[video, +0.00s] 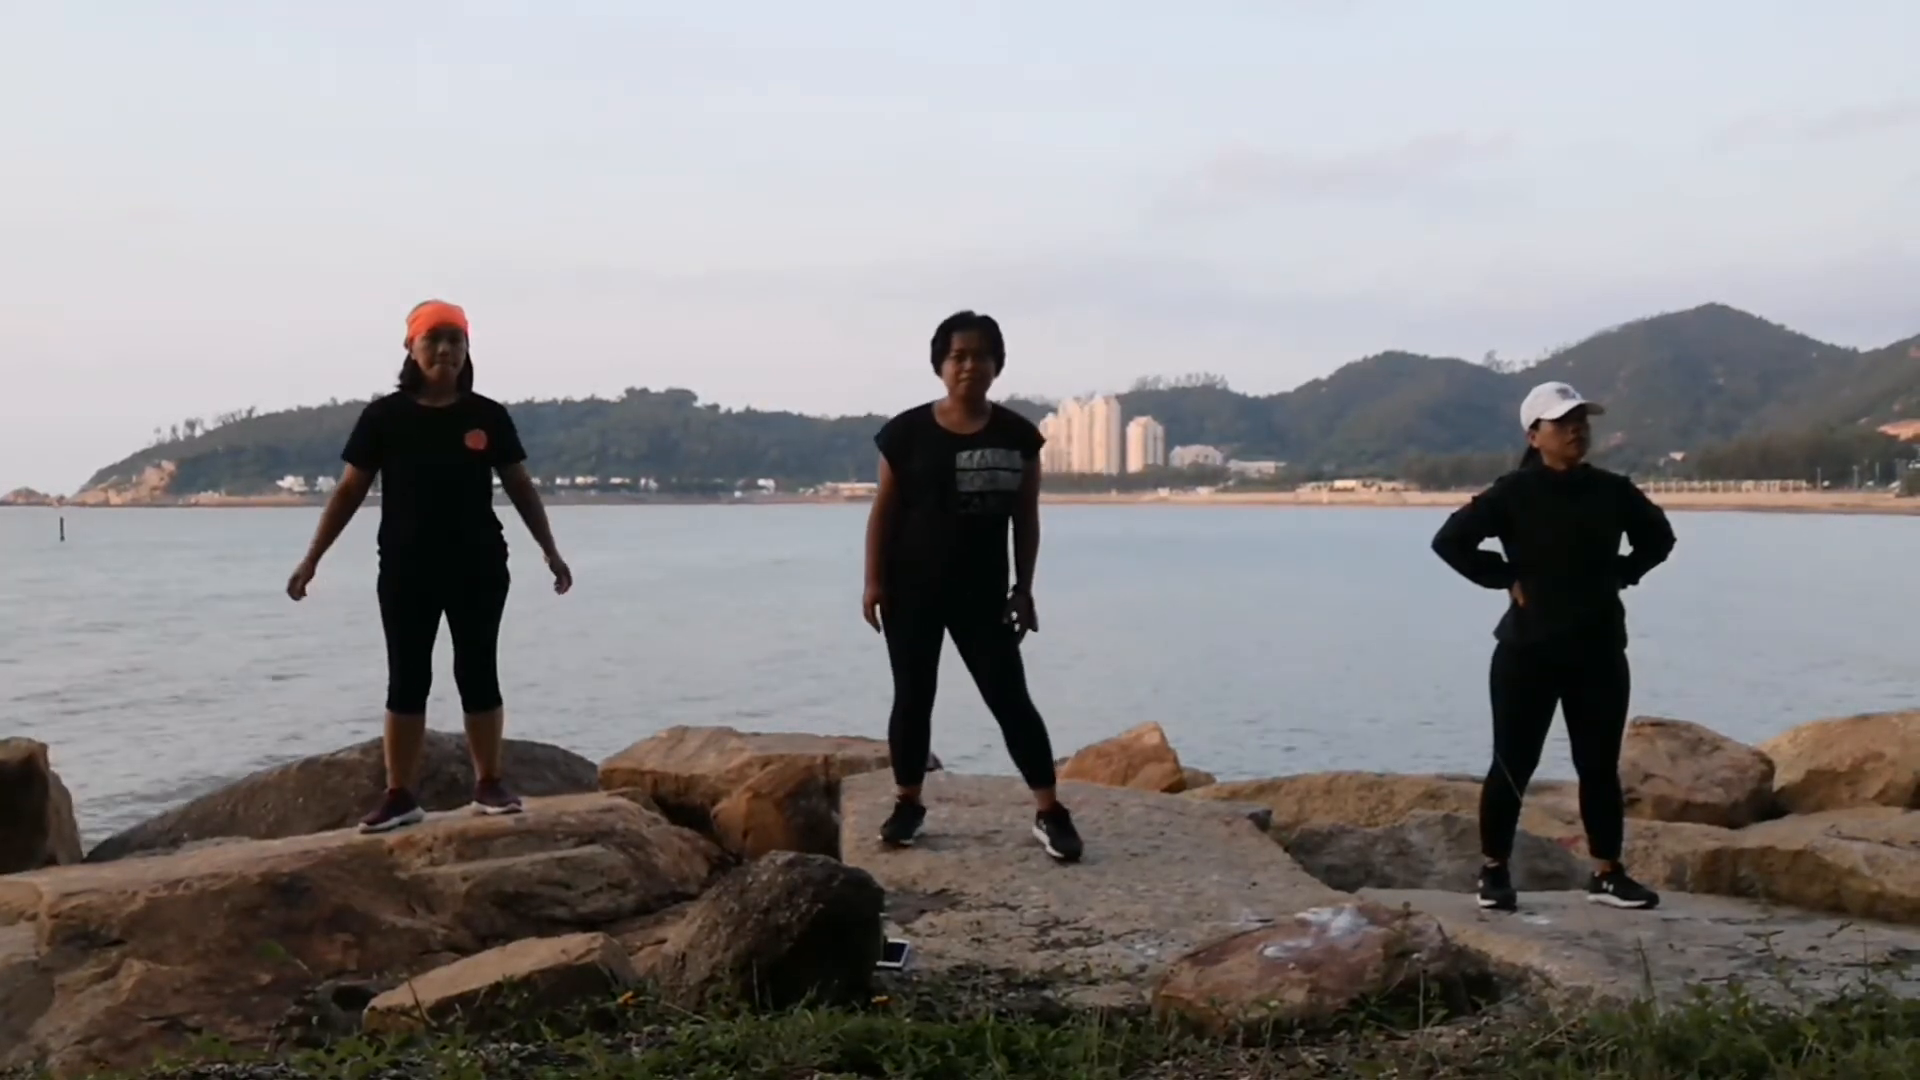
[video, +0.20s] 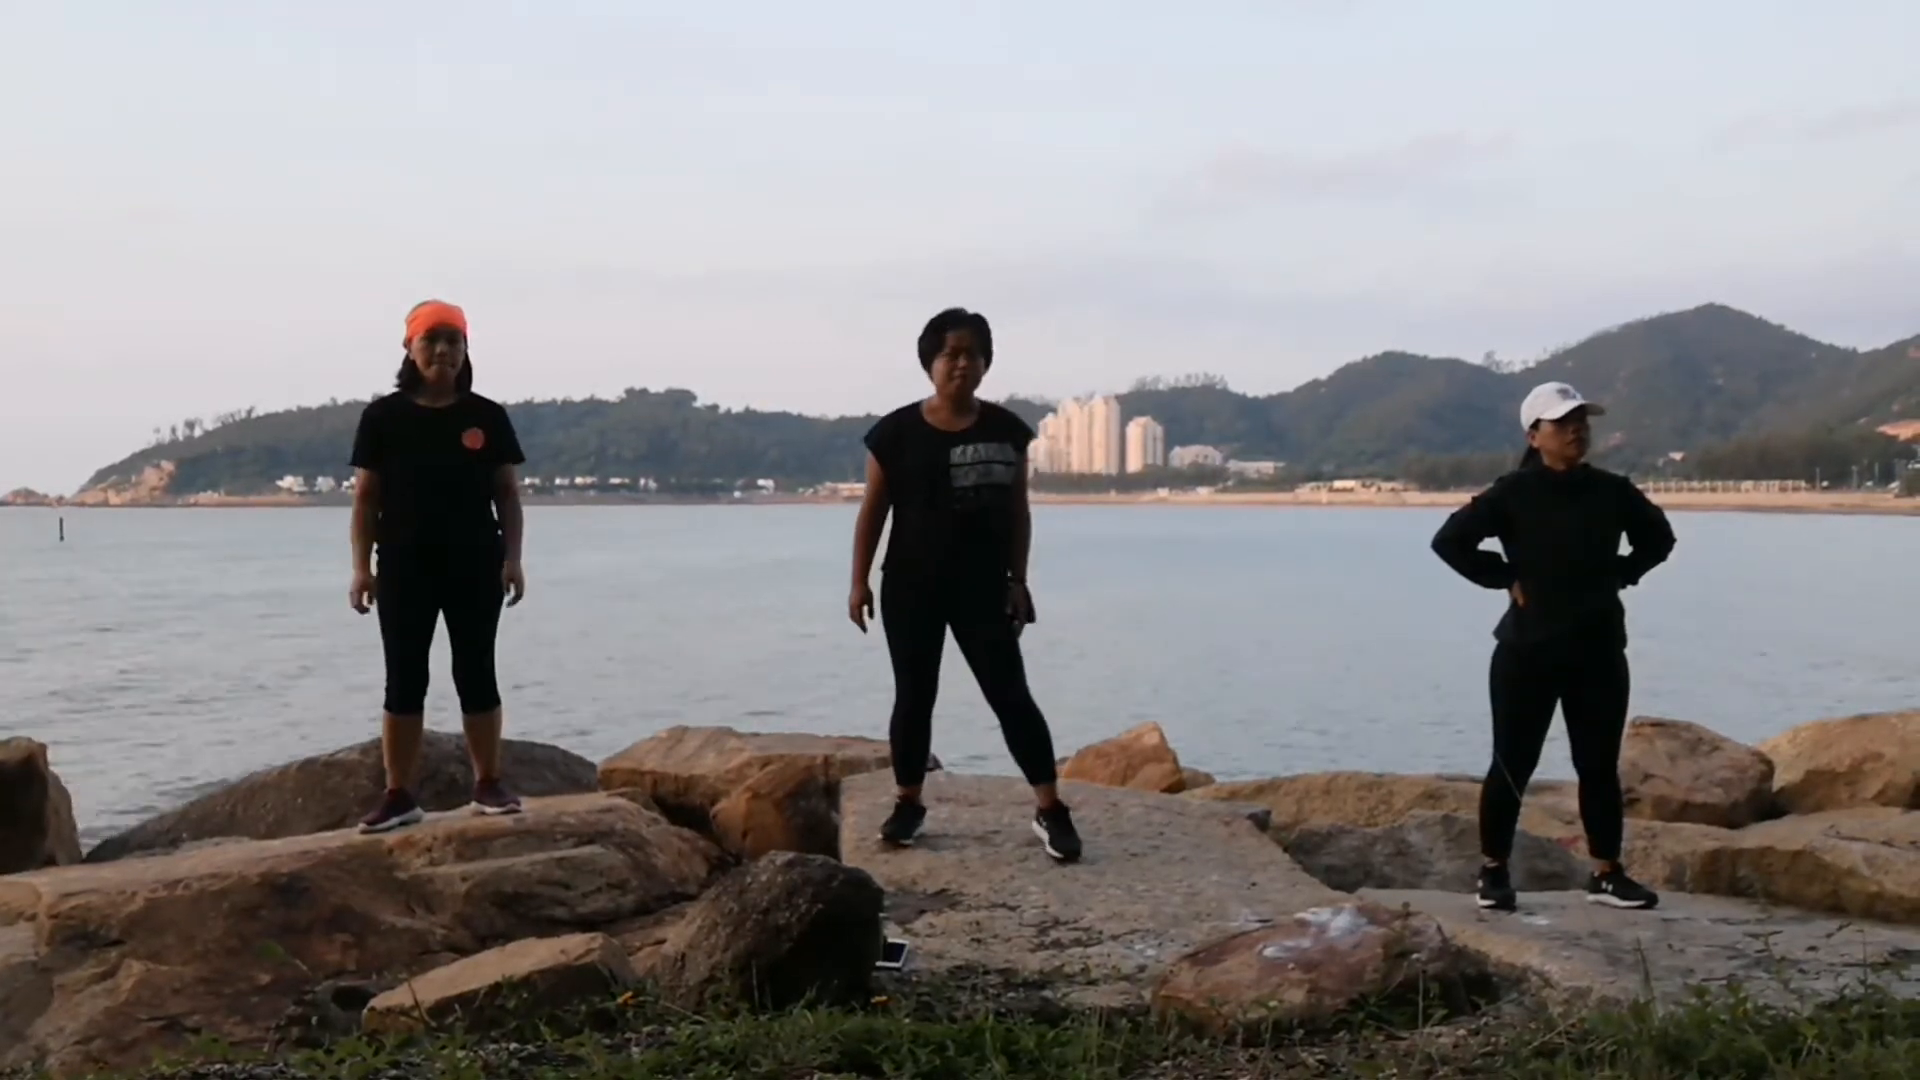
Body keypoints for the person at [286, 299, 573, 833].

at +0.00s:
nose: (443, 348)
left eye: (453, 339)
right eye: (432, 339)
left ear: (466, 349)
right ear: (412, 349)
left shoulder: (488, 418)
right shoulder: (383, 417)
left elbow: (520, 488)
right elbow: (350, 491)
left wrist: (550, 549)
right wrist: (310, 559)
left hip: (477, 570)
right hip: (407, 571)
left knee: (478, 677)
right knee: (406, 684)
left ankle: (488, 785)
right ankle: (399, 795)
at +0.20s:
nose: (443, 349)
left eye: (452, 340)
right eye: (431, 340)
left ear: (464, 348)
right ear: (411, 349)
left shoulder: (488, 417)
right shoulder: (382, 417)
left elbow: (508, 493)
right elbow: (365, 497)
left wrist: (512, 556)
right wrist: (361, 567)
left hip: (473, 570)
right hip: (403, 572)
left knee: (477, 678)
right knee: (403, 684)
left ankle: (488, 784)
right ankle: (398, 794)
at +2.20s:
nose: (431, 352)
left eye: (441, 342)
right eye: (420, 343)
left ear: (453, 350)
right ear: (399, 352)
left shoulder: (476, 417)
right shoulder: (371, 419)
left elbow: (500, 494)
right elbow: (351, 501)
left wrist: (512, 560)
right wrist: (337, 573)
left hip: (468, 572)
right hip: (397, 575)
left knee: (471, 680)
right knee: (399, 687)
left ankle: (481, 787)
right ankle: (392, 797)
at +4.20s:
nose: (435, 353)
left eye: (438, 344)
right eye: (422, 345)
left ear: (440, 351)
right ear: (388, 354)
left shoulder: (461, 417)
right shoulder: (359, 425)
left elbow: (488, 494)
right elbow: (340, 507)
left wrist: (505, 558)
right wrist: (321, 580)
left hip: (460, 573)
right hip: (390, 578)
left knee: (463, 682)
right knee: (391, 690)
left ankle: (474, 789)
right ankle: (383, 799)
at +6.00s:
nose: (430, 358)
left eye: (434, 348)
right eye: (418, 349)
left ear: (437, 354)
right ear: (384, 356)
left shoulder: (457, 420)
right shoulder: (353, 426)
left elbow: (495, 483)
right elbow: (316, 501)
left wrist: (533, 539)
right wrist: (273, 568)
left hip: (453, 575)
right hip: (384, 580)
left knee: (455, 684)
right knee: (383, 692)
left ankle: (466, 791)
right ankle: (374, 802)